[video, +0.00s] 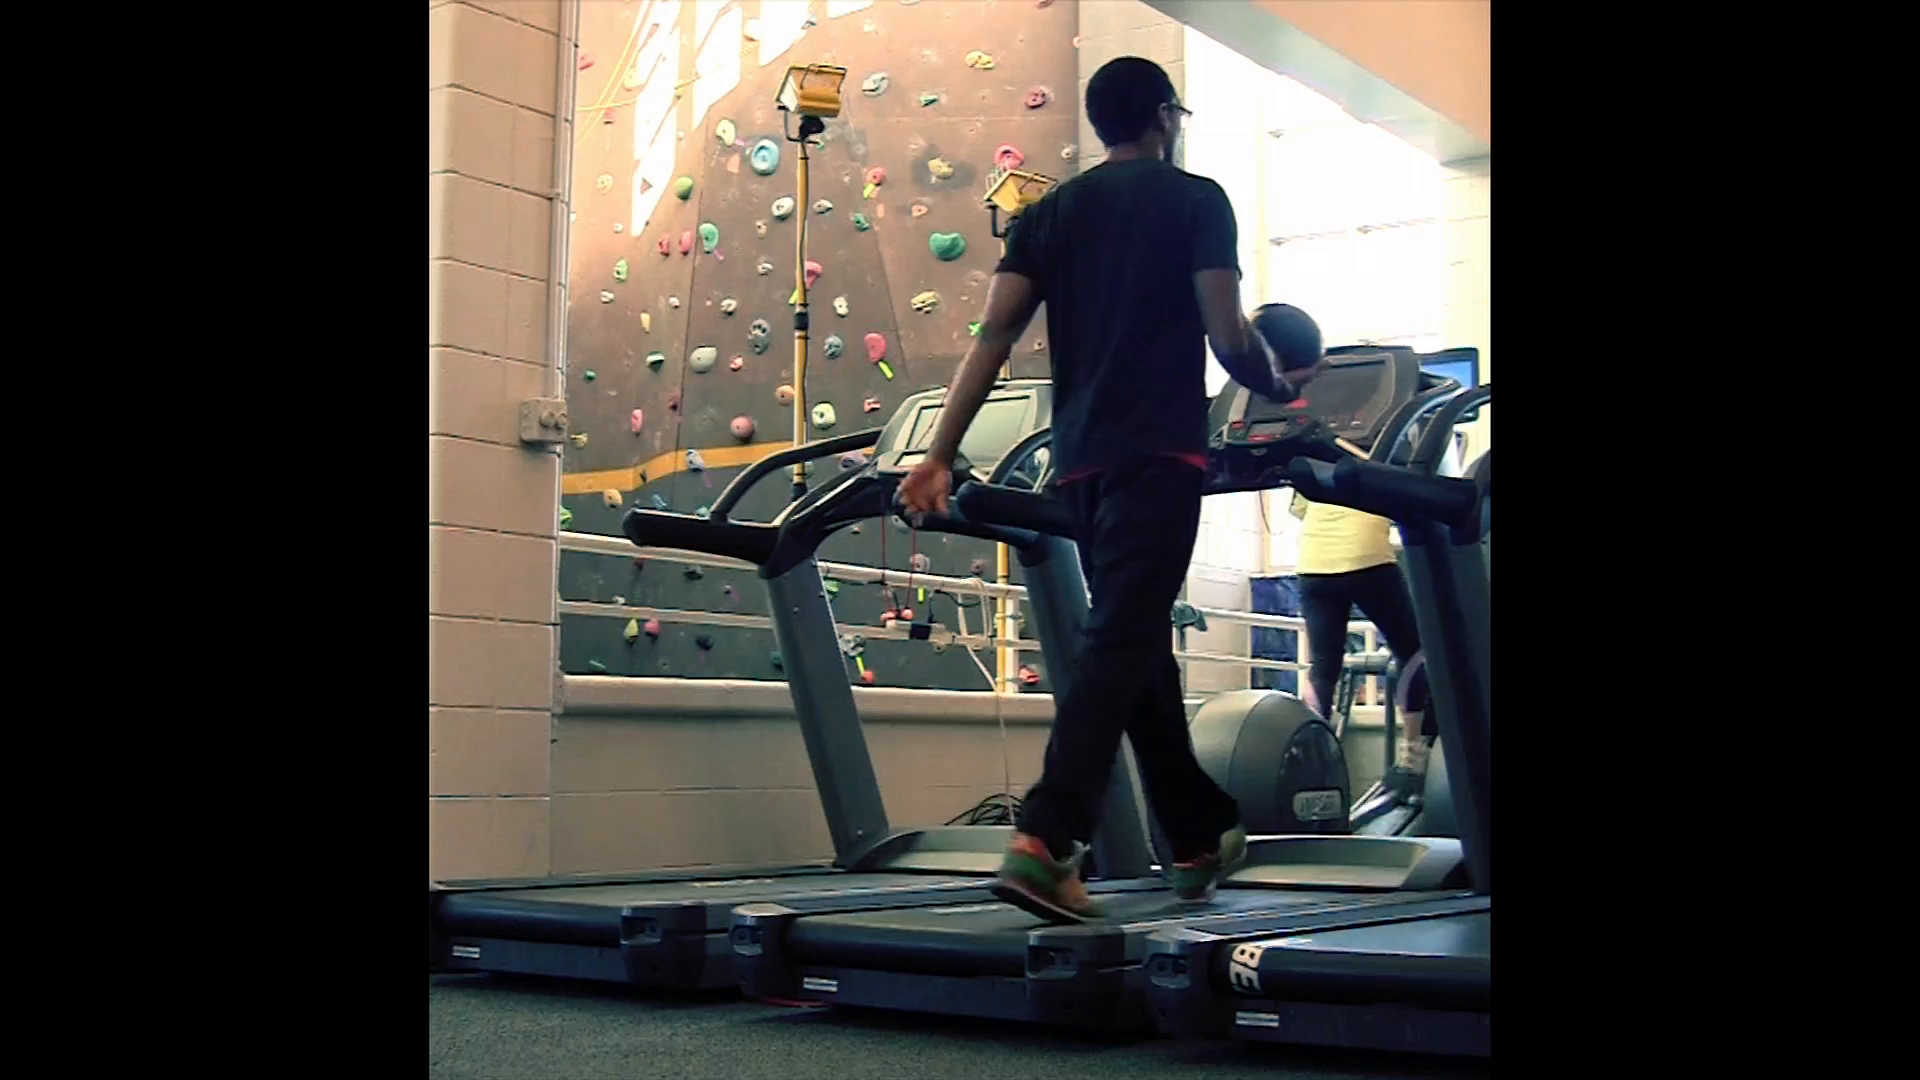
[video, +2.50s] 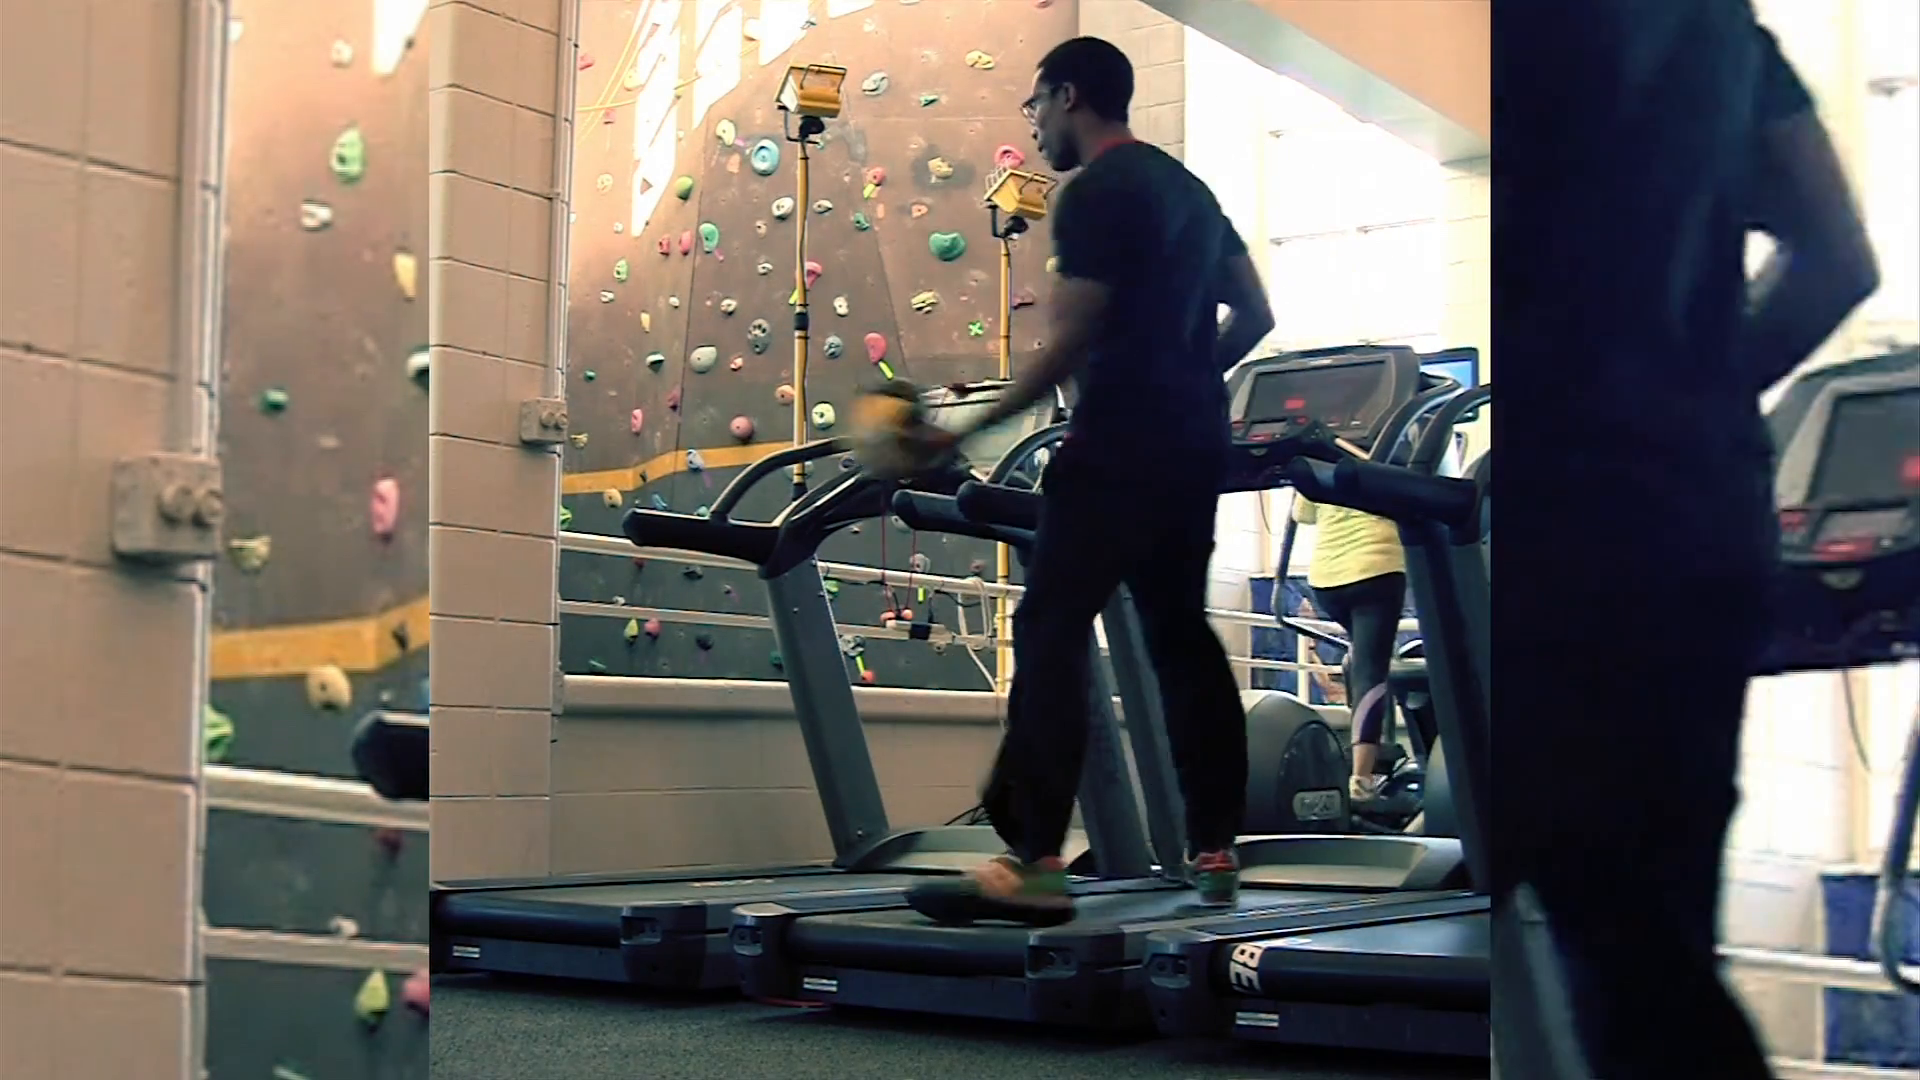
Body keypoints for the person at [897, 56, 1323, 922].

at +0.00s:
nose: (1180, 134)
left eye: (1178, 122)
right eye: (1179, 121)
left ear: (1095, 129)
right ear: (1164, 121)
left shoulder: (1050, 212)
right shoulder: (1193, 197)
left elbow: (994, 339)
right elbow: (1231, 341)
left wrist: (938, 454)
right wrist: (1275, 387)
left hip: (1076, 465)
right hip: (1160, 458)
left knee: (1139, 650)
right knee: (1115, 647)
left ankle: (1195, 838)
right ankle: (1044, 842)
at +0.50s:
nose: (1169, 133)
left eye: (1164, 123)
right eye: (1168, 122)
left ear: (1085, 118)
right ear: (1154, 117)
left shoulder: (1023, 202)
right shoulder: (1166, 192)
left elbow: (1005, 347)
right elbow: (1160, 319)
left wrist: (1078, 382)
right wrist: (1218, 400)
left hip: (1043, 475)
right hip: (1146, 475)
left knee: (1022, 661)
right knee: (1175, 659)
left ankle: (980, 852)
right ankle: (1241, 841)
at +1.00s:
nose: (1162, 132)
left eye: (1161, 121)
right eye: (1161, 118)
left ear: (1081, 112)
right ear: (1143, 111)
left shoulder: (1020, 197)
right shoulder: (1165, 182)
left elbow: (977, 338)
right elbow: (1197, 331)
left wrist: (947, 464)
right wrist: (1240, 388)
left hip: (1053, 450)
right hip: (1136, 445)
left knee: (1110, 643)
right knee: (1086, 645)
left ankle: (1132, 849)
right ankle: (1032, 859)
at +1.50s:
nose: (1234, 150)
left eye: (1237, 138)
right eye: (1220, 132)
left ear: (1169, 142)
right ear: (1167, 131)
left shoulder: (1101, 205)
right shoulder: (1170, 189)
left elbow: (978, 270)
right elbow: (1079, 235)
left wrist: (964, 366)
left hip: (1052, 475)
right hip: (1133, 474)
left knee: (1029, 654)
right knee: (1204, 647)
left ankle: (942, 848)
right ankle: (1189, 853)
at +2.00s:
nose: (1107, 4)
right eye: (1097, 0)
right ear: (1090, 3)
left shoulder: (1222, 52)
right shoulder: (1057, 60)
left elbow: (1318, 122)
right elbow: (988, 165)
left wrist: (1370, 115)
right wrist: (970, 221)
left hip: (1174, 329)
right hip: (1071, 309)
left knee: (1167, 531)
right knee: (1023, 433)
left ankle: (1192, 718)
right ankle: (1004, 626)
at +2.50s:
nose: (1032, 128)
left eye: (1037, 109)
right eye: (1031, 112)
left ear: (1073, 100)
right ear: (1117, 103)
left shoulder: (1094, 190)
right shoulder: (1190, 191)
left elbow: (1065, 342)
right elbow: (1252, 316)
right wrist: (1181, 371)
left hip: (1111, 448)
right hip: (1193, 447)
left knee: (1048, 628)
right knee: (1182, 631)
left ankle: (1034, 859)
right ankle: (1214, 845)